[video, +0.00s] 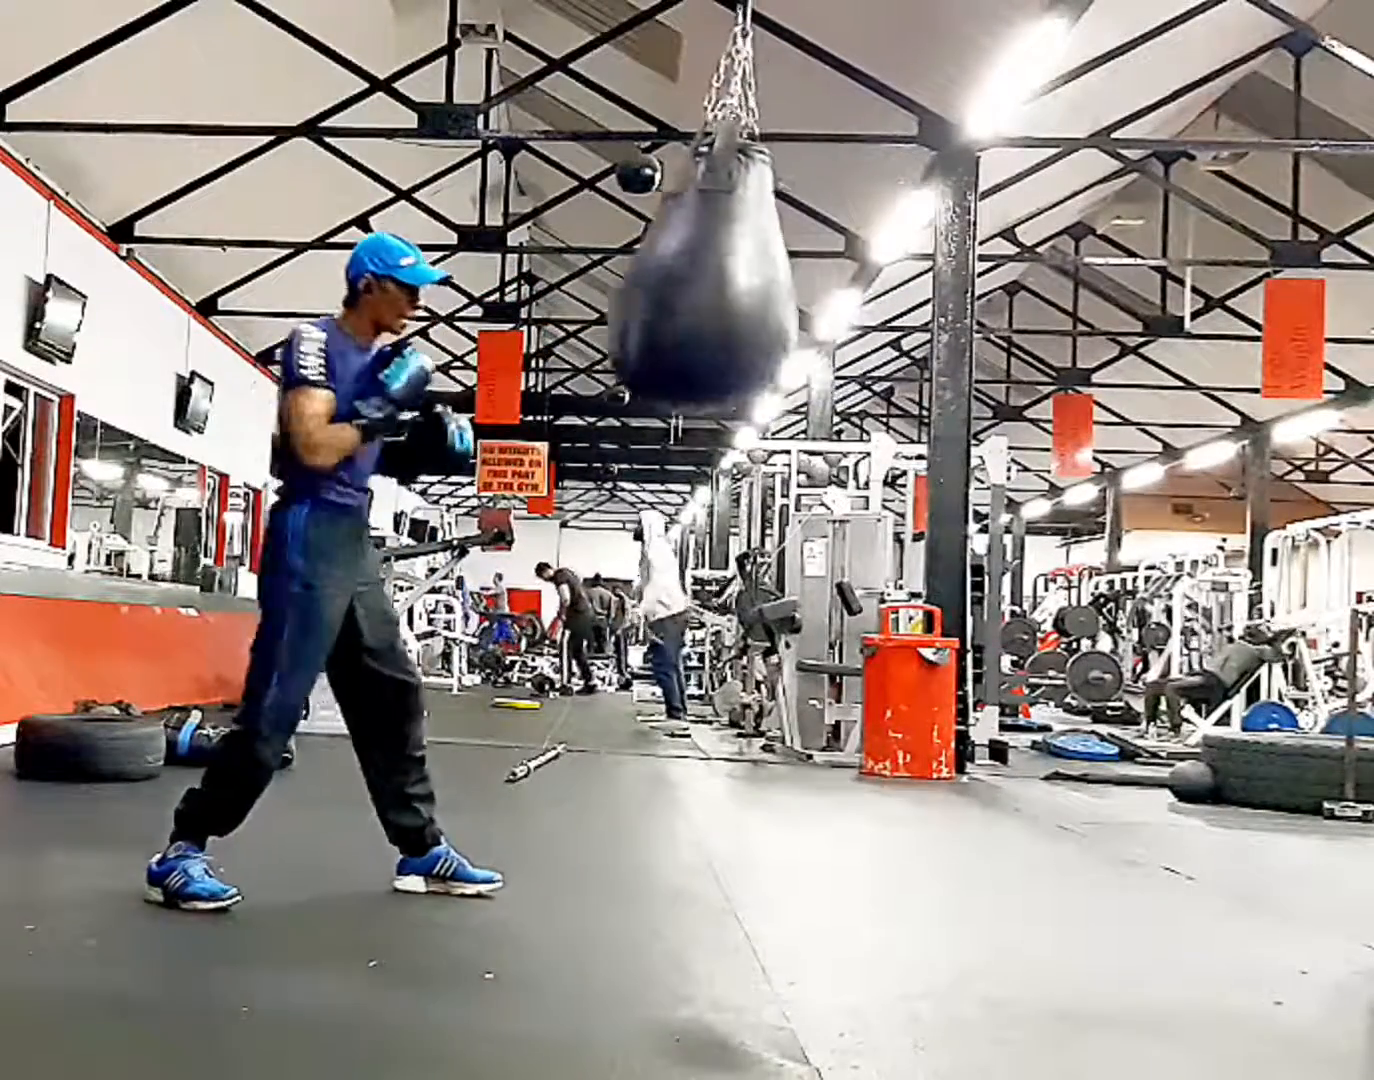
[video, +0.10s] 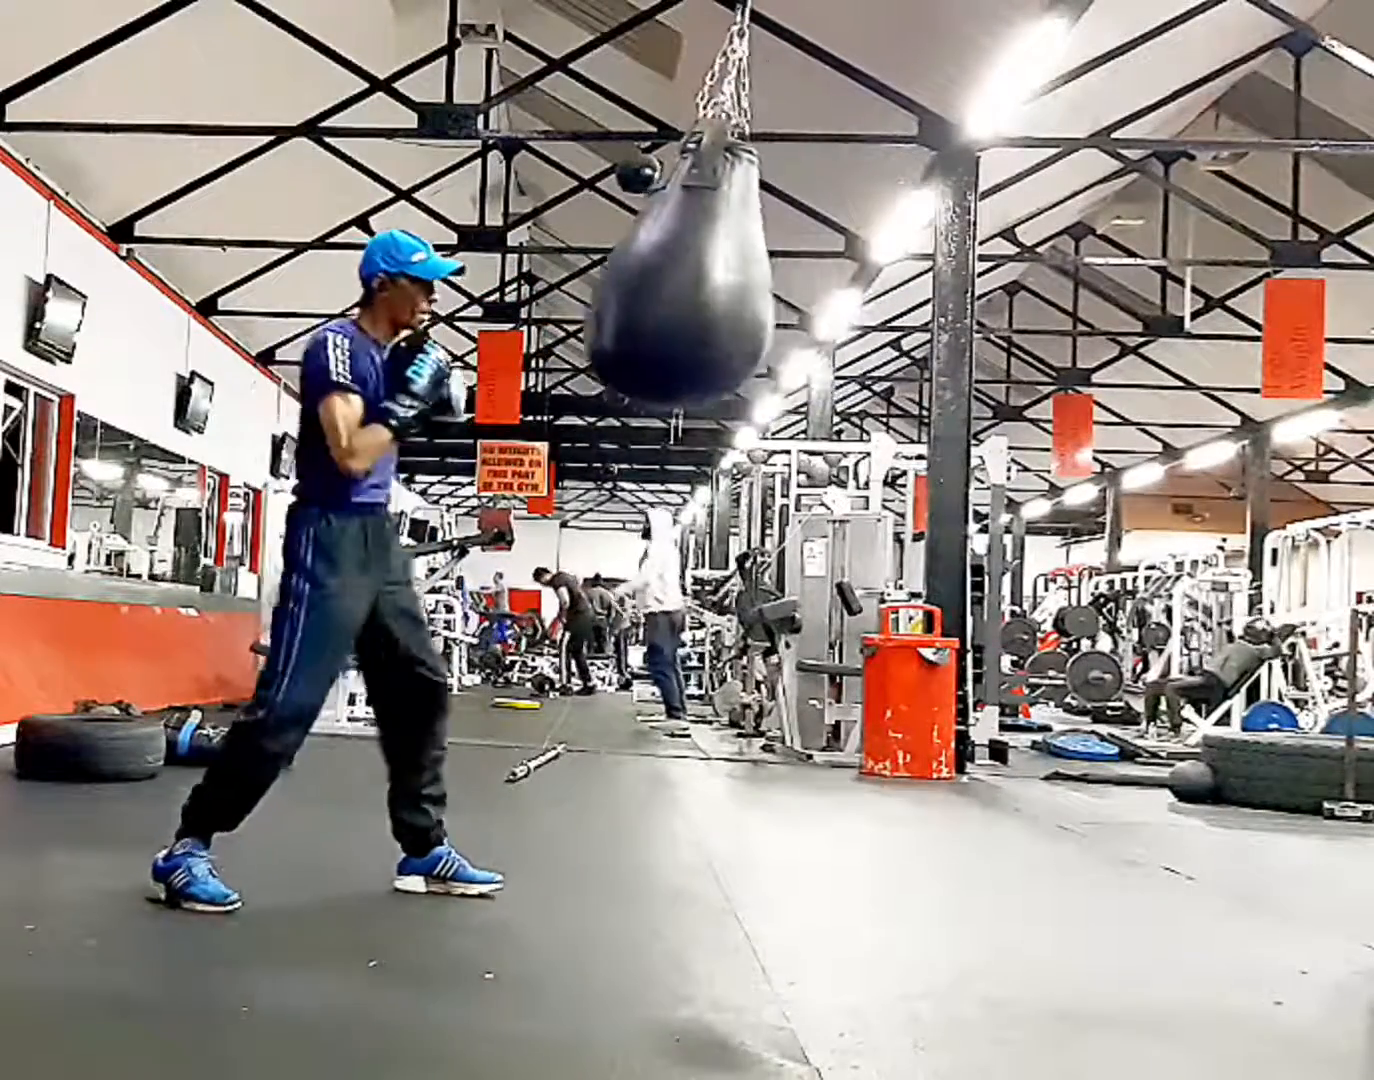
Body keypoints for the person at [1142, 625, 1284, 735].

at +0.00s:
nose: (1248, 634)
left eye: (1253, 632)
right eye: (1248, 630)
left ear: (1259, 637)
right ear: (1246, 633)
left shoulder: (1259, 651)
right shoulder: (1235, 645)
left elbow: (1279, 656)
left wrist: (1274, 642)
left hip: (1218, 682)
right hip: (1204, 674)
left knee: (1172, 688)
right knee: (1152, 688)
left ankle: (1175, 731)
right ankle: (1147, 727)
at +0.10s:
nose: (1253, 629)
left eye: (1258, 628)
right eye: (1254, 626)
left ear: (1261, 635)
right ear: (1247, 630)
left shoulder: (1259, 650)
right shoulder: (1234, 644)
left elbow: (1276, 652)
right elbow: (1217, 657)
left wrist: (1274, 638)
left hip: (1218, 682)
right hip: (1204, 674)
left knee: (1172, 688)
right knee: (1152, 688)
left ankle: (1175, 732)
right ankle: (1147, 729)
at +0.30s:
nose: (1252, 629)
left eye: (1258, 628)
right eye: (1252, 627)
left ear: (1260, 636)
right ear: (1248, 631)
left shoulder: (1258, 651)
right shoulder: (1234, 643)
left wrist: (1270, 617)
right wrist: (1226, 618)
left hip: (1218, 684)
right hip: (1203, 677)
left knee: (1172, 688)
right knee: (1152, 687)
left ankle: (1175, 731)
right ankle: (1147, 728)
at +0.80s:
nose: (1251, 630)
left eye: (1256, 630)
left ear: (1258, 636)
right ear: (1248, 633)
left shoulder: (1256, 649)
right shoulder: (1232, 643)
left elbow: (1271, 648)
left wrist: (1282, 634)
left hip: (1218, 683)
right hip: (1202, 677)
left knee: (1172, 688)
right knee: (1152, 688)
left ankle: (1175, 731)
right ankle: (1148, 727)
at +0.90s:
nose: (1256, 634)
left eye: (1258, 633)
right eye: (1256, 632)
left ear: (1258, 638)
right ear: (1251, 635)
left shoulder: (1260, 650)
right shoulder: (1235, 644)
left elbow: (1279, 659)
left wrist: (1276, 642)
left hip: (1217, 682)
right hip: (1201, 674)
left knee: (1172, 688)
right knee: (1152, 687)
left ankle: (1175, 731)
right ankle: (1148, 727)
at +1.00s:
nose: (1260, 637)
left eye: (1258, 635)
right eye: (1259, 635)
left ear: (1252, 637)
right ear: (1255, 639)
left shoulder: (1257, 651)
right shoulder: (1235, 645)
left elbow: (1279, 658)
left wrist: (1274, 643)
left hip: (1216, 682)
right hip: (1202, 674)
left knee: (1171, 688)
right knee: (1152, 687)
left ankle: (1175, 731)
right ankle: (1147, 727)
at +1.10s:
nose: (1247, 634)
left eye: (1252, 633)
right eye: (1250, 632)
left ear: (1256, 638)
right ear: (1249, 636)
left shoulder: (1258, 651)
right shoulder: (1235, 645)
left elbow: (1280, 658)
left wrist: (1272, 643)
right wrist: (1272, 640)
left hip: (1216, 682)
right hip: (1202, 674)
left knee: (1171, 688)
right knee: (1151, 688)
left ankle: (1175, 732)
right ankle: (1147, 728)